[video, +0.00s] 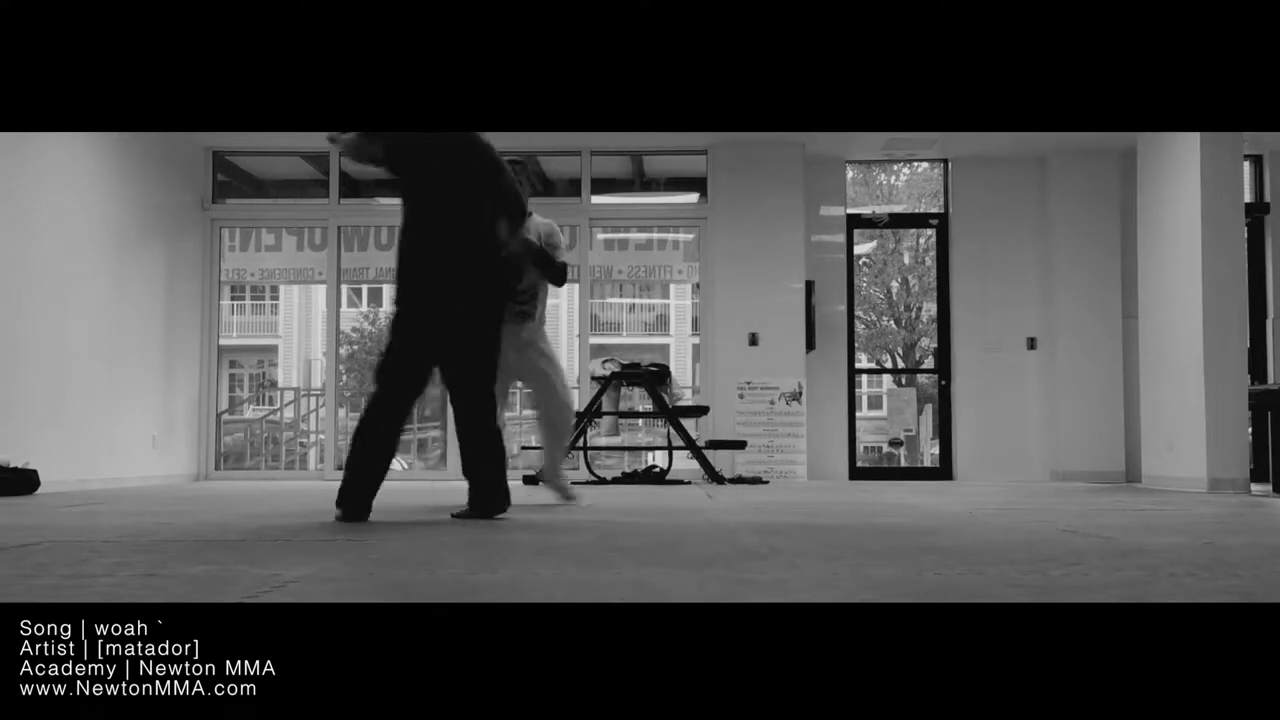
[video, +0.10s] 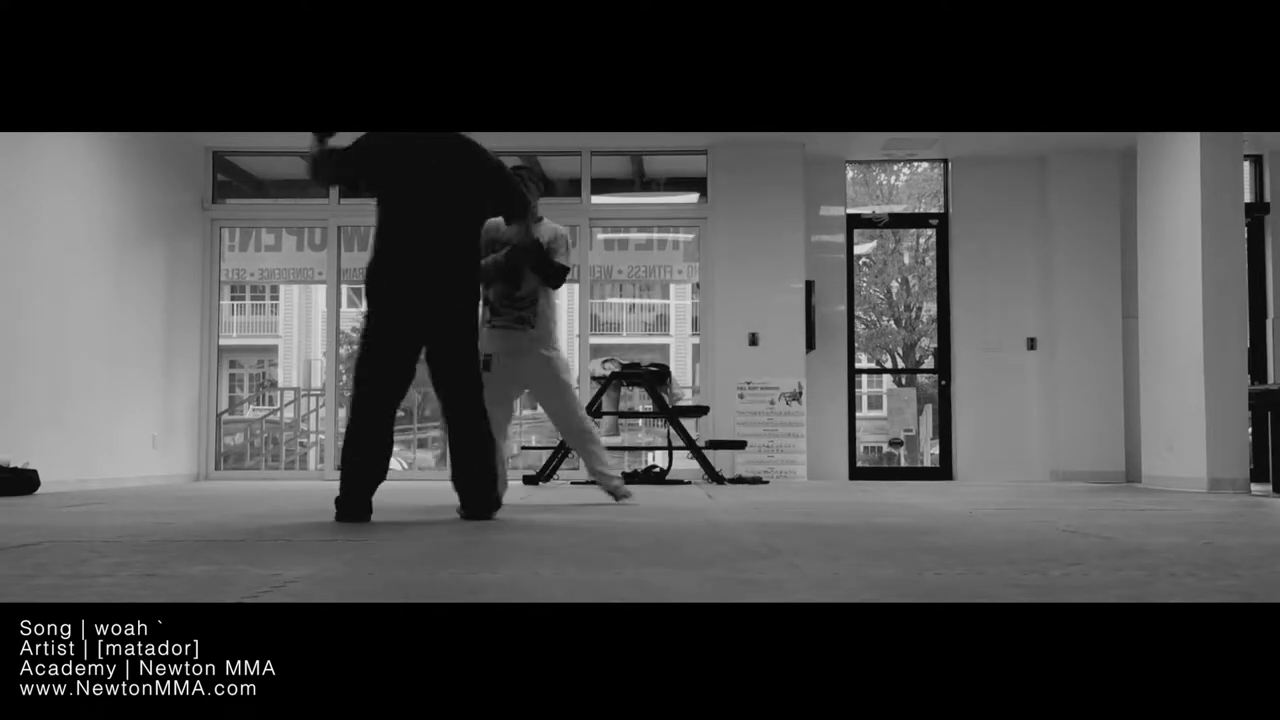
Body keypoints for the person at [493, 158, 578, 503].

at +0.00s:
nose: (514, 194)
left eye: (519, 186)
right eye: (507, 187)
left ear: (528, 191)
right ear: (496, 193)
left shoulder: (543, 229)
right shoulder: (487, 230)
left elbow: (560, 277)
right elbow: (476, 277)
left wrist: (530, 250)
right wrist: (504, 252)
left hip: (530, 337)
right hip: (493, 337)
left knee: (559, 403)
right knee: (487, 411)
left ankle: (552, 471)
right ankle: (487, 483)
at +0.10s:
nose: (519, 193)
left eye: (525, 187)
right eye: (514, 186)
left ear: (538, 193)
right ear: (505, 192)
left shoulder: (552, 233)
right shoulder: (489, 231)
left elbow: (555, 279)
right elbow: (474, 273)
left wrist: (527, 244)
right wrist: (505, 256)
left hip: (540, 348)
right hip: (496, 348)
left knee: (574, 421)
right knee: (491, 427)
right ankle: (489, 495)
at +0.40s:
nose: (517, 239)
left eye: (524, 232)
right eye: (512, 232)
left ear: (539, 231)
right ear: (506, 233)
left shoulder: (564, 256)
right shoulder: (504, 260)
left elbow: (564, 292)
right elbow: (481, 300)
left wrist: (519, 274)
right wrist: (487, 258)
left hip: (568, 361)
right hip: (523, 365)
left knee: (598, 424)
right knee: (487, 416)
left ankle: (624, 492)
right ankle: (487, 493)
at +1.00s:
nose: (503, 223)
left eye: (509, 215)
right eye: (498, 217)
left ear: (524, 215)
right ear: (492, 220)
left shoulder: (544, 239)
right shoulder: (493, 250)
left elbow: (564, 276)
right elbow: (478, 294)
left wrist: (530, 249)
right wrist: (491, 265)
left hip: (560, 347)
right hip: (517, 353)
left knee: (579, 415)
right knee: (488, 414)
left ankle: (616, 489)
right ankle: (490, 492)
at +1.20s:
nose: (569, 232)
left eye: (574, 226)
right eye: (562, 226)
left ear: (581, 226)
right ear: (548, 225)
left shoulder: (590, 253)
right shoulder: (530, 248)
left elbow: (585, 280)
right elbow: (507, 289)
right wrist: (551, 289)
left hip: (574, 357)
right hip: (525, 358)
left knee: (602, 416)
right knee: (494, 426)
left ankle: (611, 489)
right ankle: (471, 490)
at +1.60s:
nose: (545, 226)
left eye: (551, 220)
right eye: (541, 221)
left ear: (564, 216)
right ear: (535, 218)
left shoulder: (588, 241)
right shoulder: (528, 241)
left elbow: (582, 275)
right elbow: (503, 288)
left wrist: (543, 251)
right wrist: (500, 257)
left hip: (584, 352)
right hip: (538, 351)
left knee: (603, 420)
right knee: (506, 417)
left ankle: (611, 491)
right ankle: (497, 492)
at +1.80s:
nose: (487, 228)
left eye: (490, 220)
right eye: (484, 224)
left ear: (507, 211)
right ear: (487, 223)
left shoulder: (532, 228)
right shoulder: (503, 253)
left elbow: (557, 256)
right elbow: (482, 282)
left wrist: (506, 268)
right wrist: (467, 263)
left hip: (565, 338)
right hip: (532, 347)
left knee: (575, 416)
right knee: (506, 416)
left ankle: (624, 482)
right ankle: (498, 492)